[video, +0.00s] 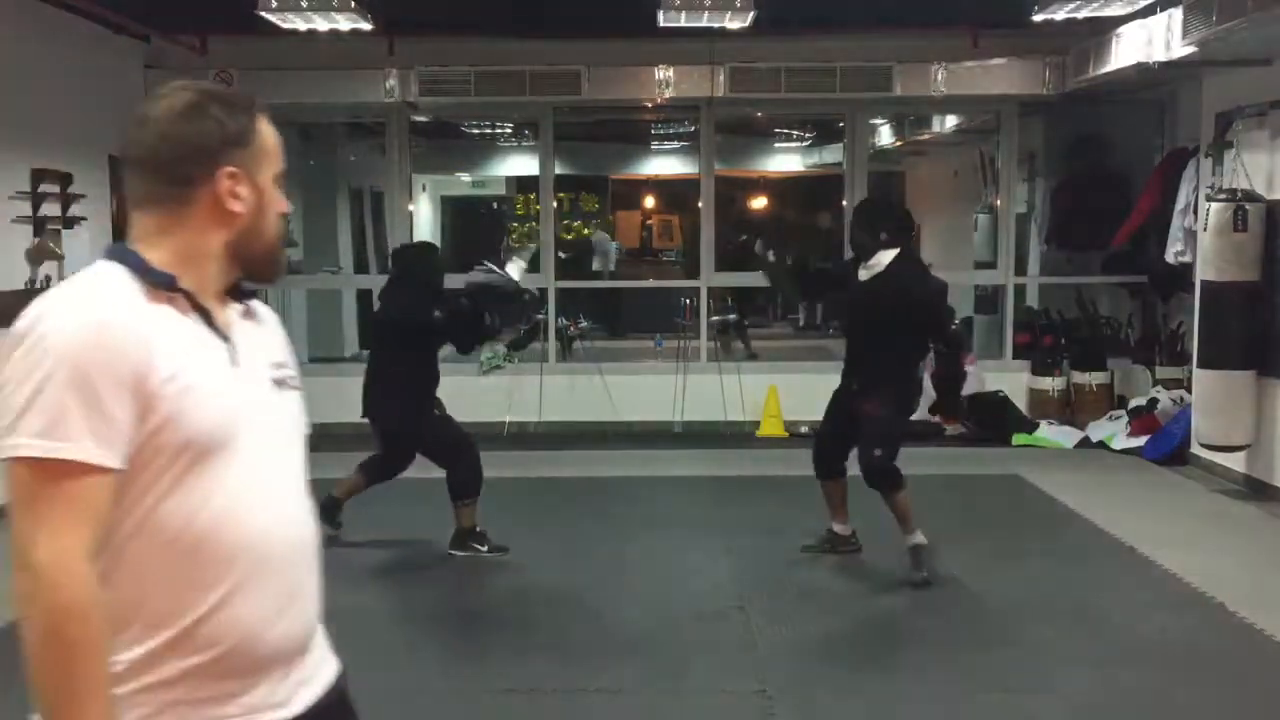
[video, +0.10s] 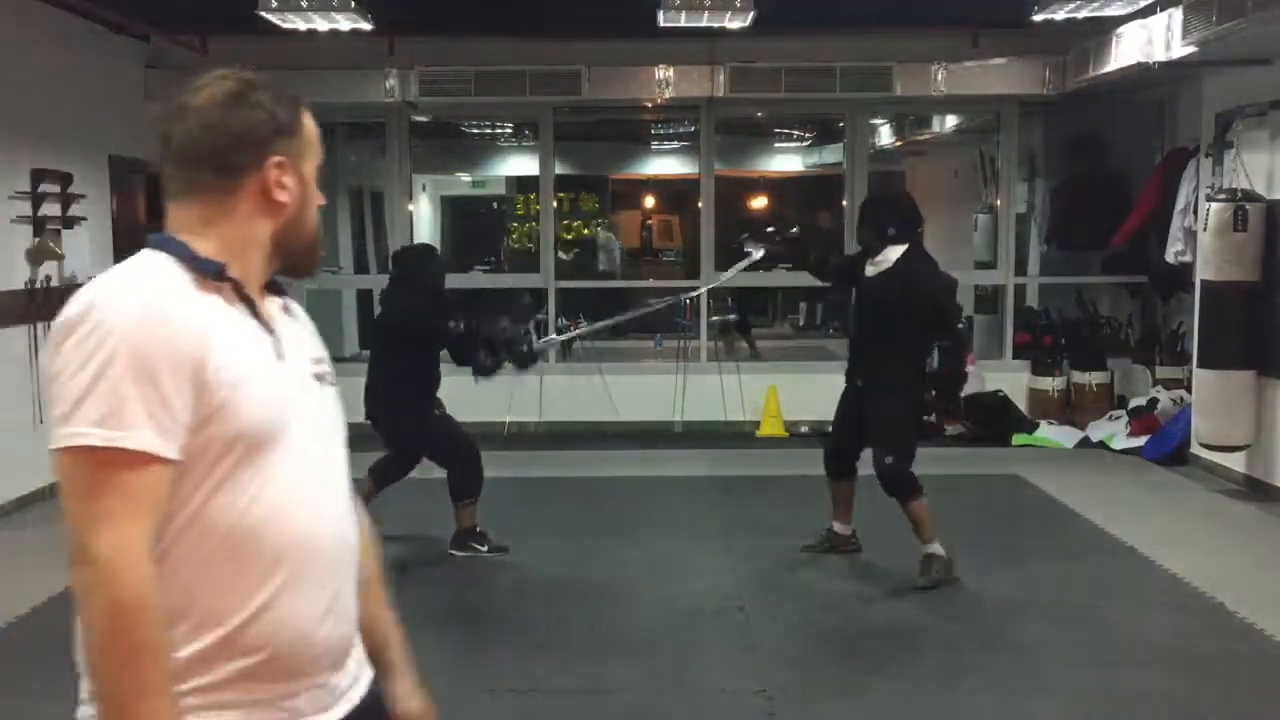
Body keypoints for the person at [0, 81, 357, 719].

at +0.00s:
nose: (288, 204)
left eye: (284, 183)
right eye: (279, 183)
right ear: (232, 191)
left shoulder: (260, 323)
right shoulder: (81, 327)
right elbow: (50, 566)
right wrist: (85, 712)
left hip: (310, 687)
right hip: (169, 707)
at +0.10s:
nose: (322, 199)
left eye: (320, 179)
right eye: (316, 177)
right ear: (277, 181)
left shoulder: (289, 318)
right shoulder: (128, 314)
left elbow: (340, 509)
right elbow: (107, 560)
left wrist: (399, 675)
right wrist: (145, 712)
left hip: (348, 691)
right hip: (206, 705)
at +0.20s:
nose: (348, 186)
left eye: (346, 164)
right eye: (344, 163)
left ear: (217, 163)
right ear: (313, 168)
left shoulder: (307, 309)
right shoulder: (173, 302)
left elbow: (365, 502)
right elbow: (155, 559)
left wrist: (471, 647)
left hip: (366, 697)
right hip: (248, 705)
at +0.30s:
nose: (365, 180)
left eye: (365, 159)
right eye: (364, 158)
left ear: (230, 161)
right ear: (340, 165)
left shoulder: (302, 303)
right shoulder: (220, 306)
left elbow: (368, 505)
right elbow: (215, 584)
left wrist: (510, 605)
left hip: (367, 698)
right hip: (292, 701)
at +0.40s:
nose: (377, 190)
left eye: (377, 169)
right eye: (377, 169)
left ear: (233, 172)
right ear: (358, 176)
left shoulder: (223, 302)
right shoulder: (274, 323)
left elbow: (351, 524)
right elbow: (298, 622)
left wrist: (504, 594)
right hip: (346, 704)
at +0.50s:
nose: (396, 199)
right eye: (396, 177)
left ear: (242, 174)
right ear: (375, 182)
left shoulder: (193, 320)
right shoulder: (338, 341)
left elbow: (282, 553)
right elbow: (385, 649)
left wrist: (473, 635)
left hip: (218, 699)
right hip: (323, 707)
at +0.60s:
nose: (411, 193)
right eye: (409, 170)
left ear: (246, 165)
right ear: (392, 171)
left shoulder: (172, 329)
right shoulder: (388, 341)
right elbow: (452, 652)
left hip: (198, 695)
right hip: (336, 701)